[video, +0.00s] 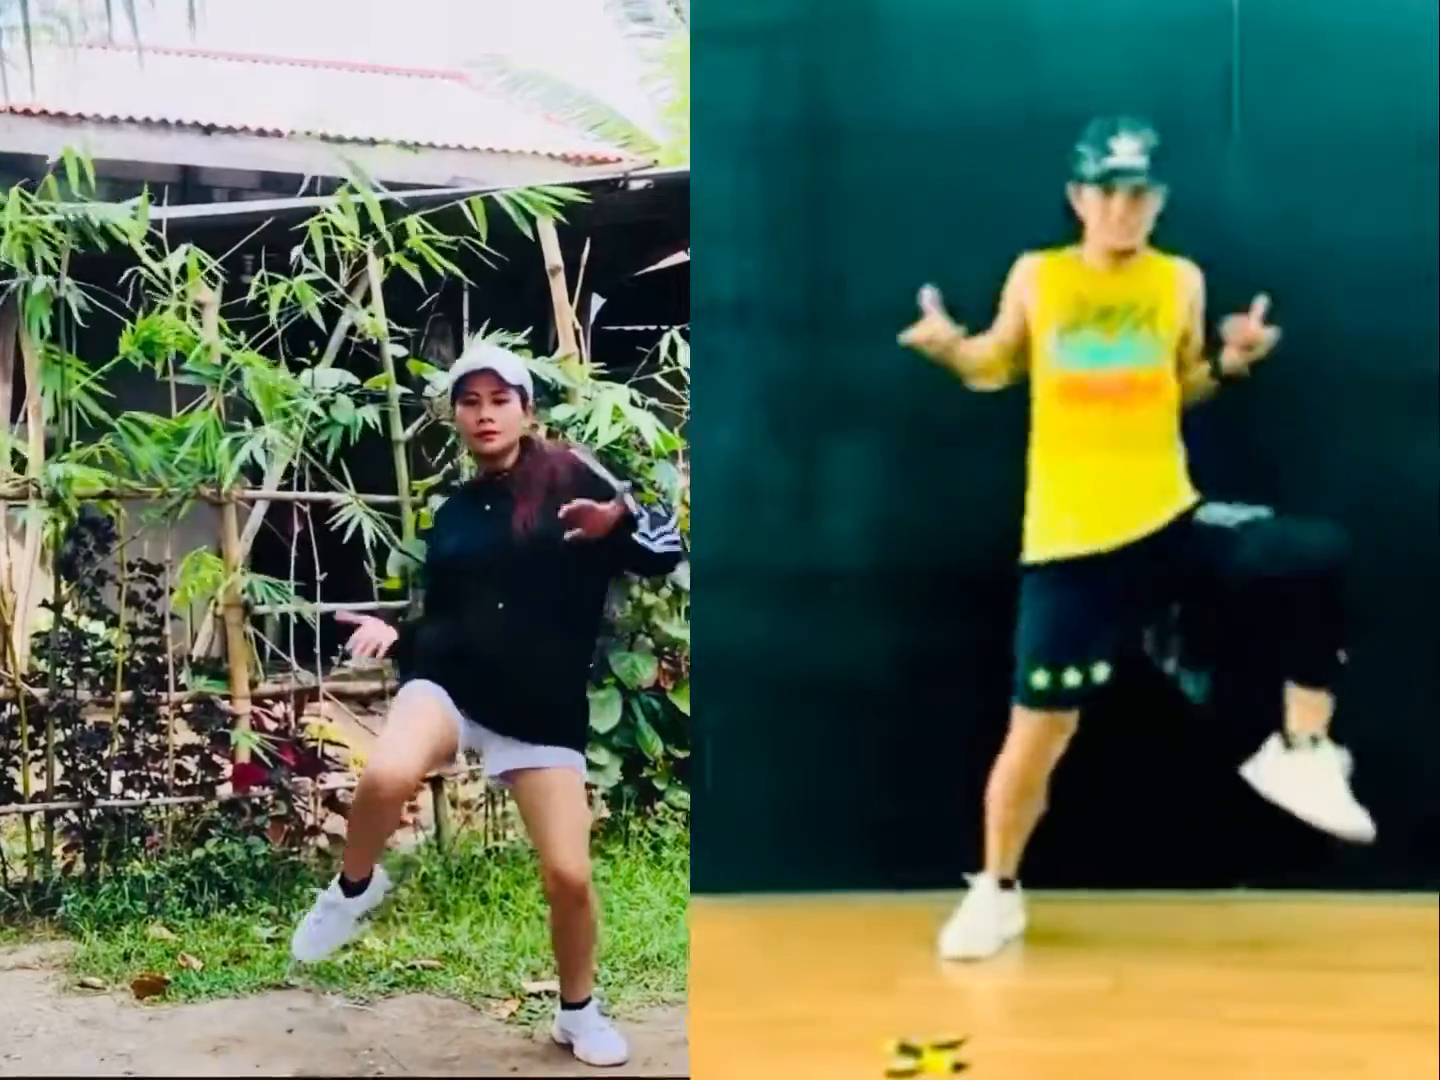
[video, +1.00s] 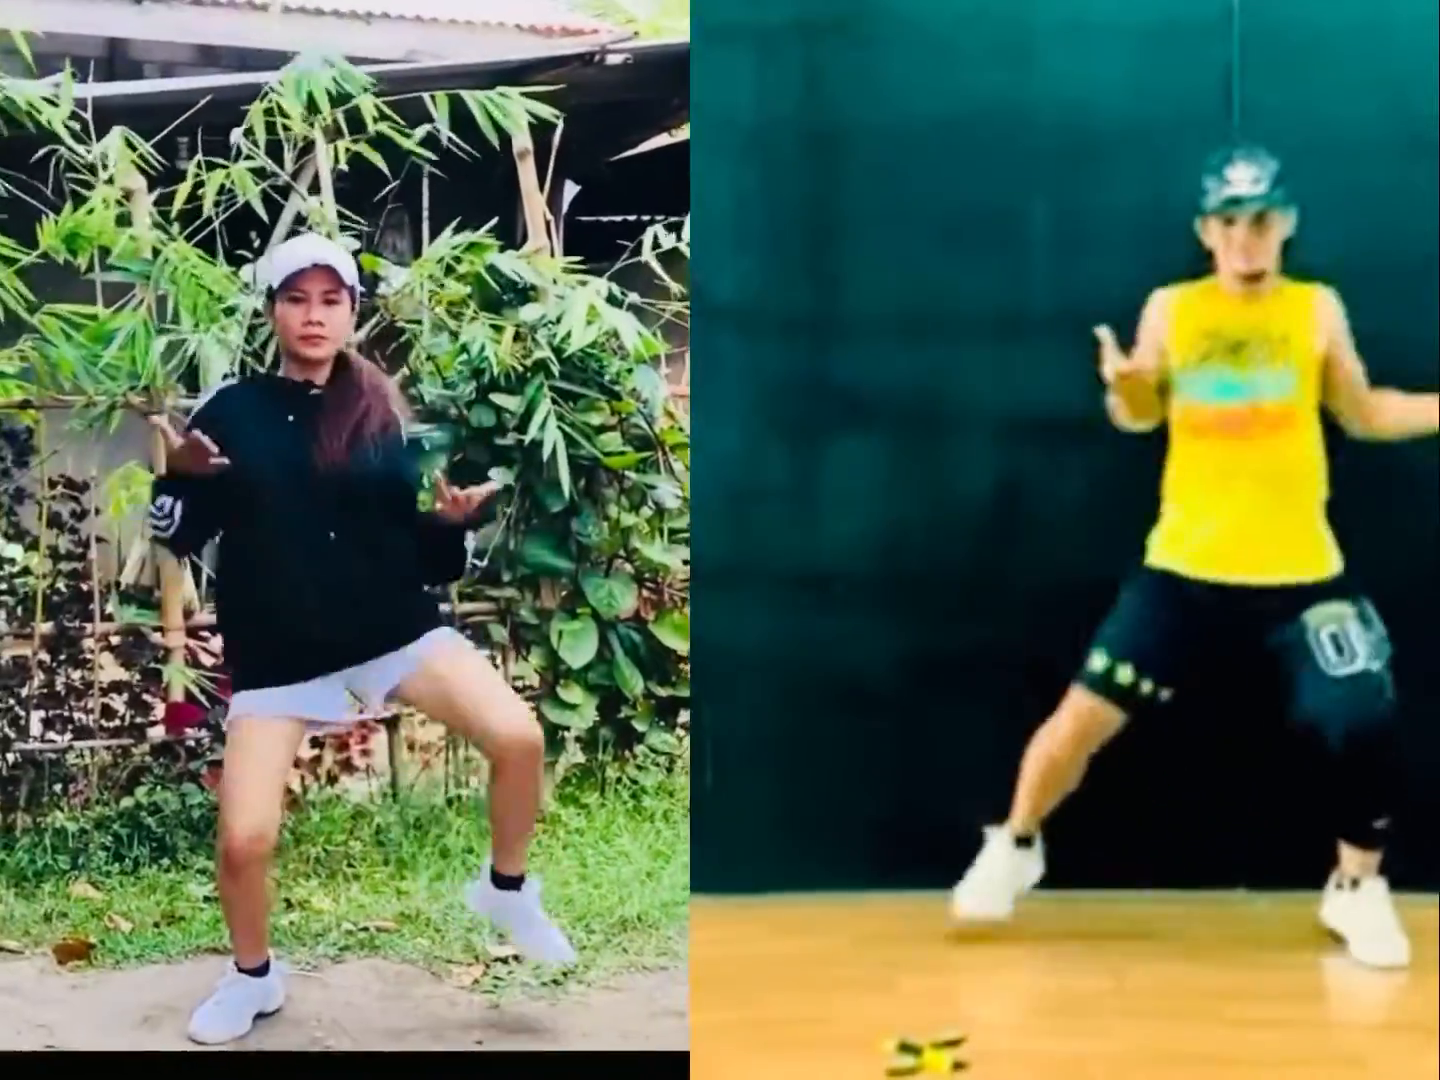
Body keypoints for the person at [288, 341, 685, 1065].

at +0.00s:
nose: (483, 416)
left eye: (499, 401)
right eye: (468, 403)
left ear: (527, 411)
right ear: (455, 418)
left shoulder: (574, 473)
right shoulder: (453, 511)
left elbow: (668, 552)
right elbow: (443, 621)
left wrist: (622, 522)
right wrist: (397, 631)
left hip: (543, 708)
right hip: (447, 684)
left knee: (571, 877)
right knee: (383, 778)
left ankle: (579, 1011)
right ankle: (353, 889)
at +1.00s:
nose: (315, 315)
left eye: (332, 300)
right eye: (298, 299)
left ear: (354, 316)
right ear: (273, 312)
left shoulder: (378, 406)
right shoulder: (231, 412)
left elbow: (423, 555)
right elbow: (182, 538)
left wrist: (451, 517)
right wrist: (178, 480)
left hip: (392, 630)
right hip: (274, 656)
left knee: (519, 735)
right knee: (243, 841)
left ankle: (506, 889)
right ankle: (252, 975)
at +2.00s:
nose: (312, 291)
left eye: (332, 277)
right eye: (297, 275)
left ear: (365, 292)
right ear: (273, 288)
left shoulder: (415, 394)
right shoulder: (237, 388)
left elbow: (541, 430)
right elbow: (149, 347)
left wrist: (589, 316)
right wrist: (212, 231)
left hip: (427, 659)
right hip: (294, 656)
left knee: (461, 846)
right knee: (192, 809)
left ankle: (484, 993)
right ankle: (139, 986)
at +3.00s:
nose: (292, 299)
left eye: (310, 280)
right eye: (272, 283)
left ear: (341, 294)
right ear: (247, 303)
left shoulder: (412, 400)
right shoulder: (199, 405)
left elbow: (526, 370)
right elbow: (88, 423)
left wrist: (530, 262)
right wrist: (142, 304)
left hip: (398, 682)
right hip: (253, 692)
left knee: (478, 868)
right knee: (180, 879)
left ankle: (480, 1019)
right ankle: (120, 1015)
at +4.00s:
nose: (212, 250)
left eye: (232, 232)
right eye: (193, 232)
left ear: (263, 249)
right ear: (164, 249)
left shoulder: (314, 356)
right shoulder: (99, 360)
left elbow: (429, 321)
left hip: (285, 628)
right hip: (140, 648)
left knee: (396, 826)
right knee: (93, 872)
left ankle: (434, 1016)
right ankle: (98, 1046)